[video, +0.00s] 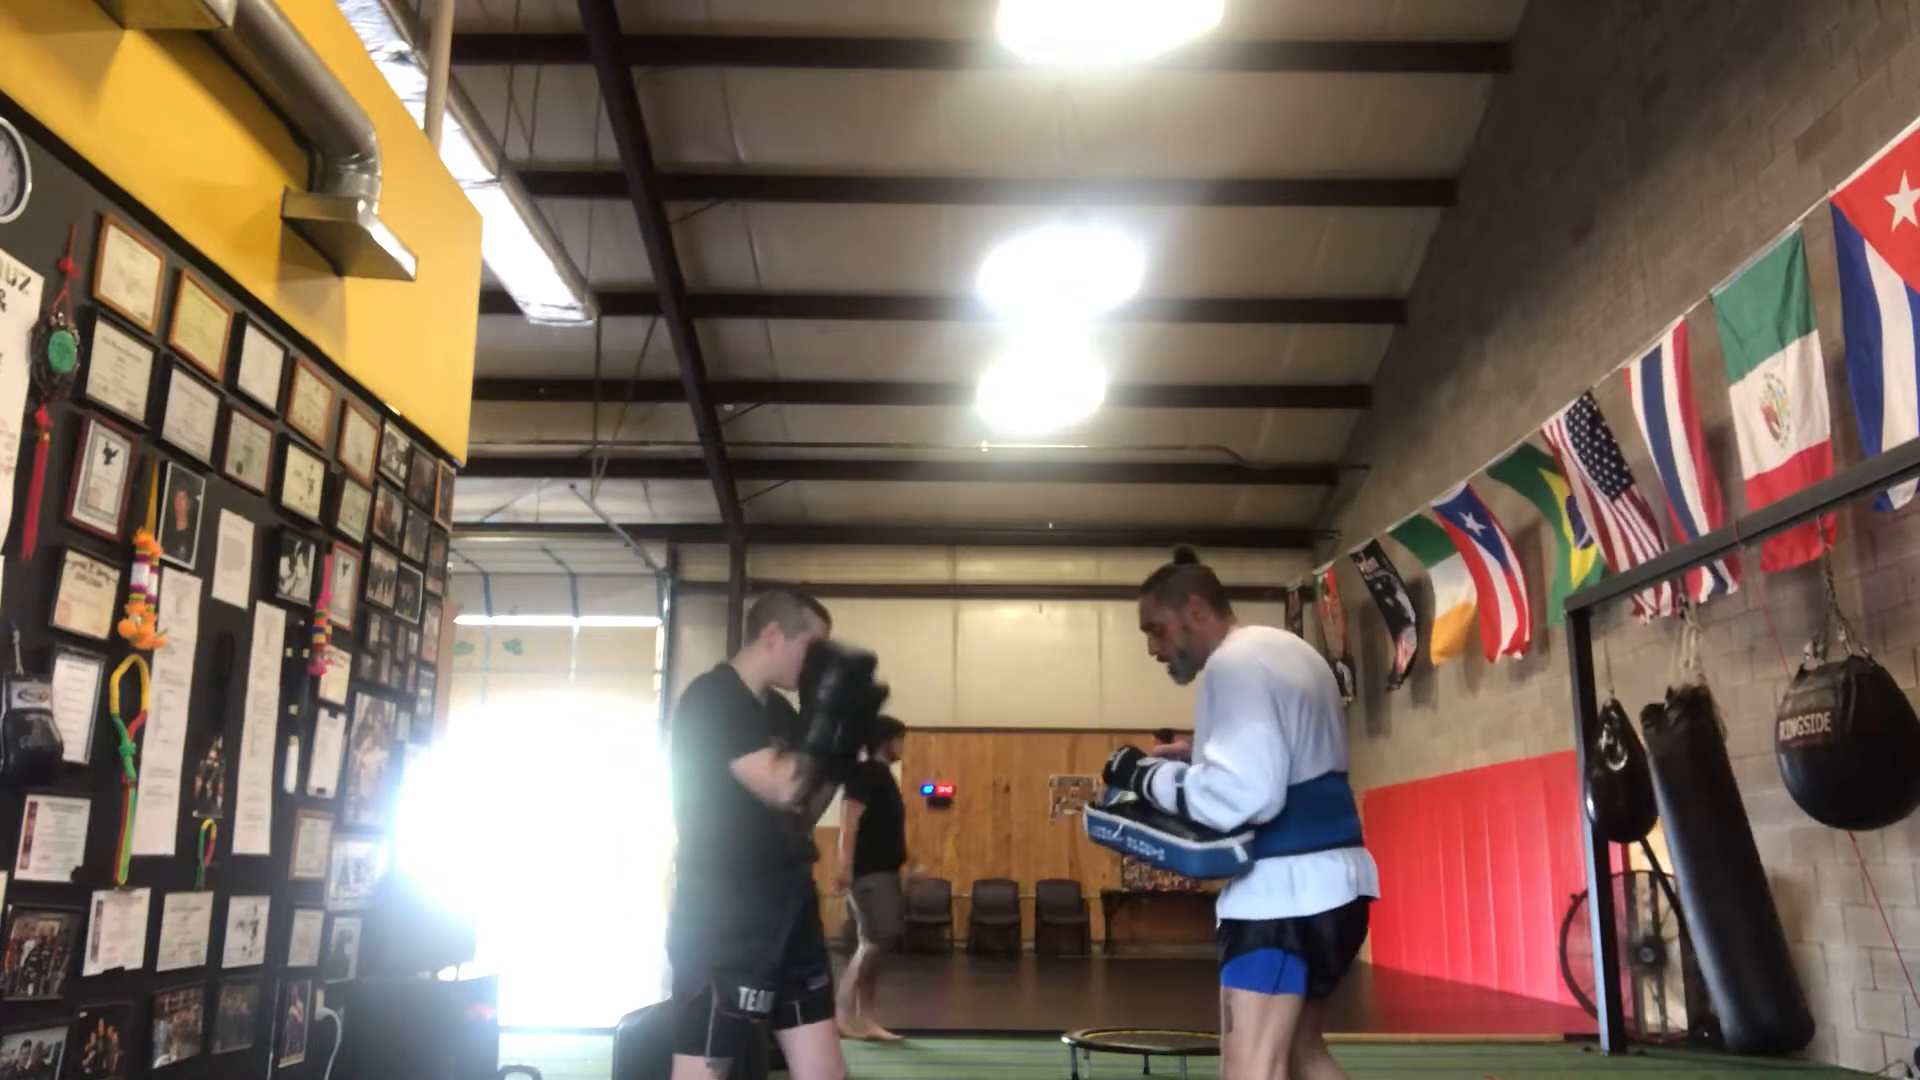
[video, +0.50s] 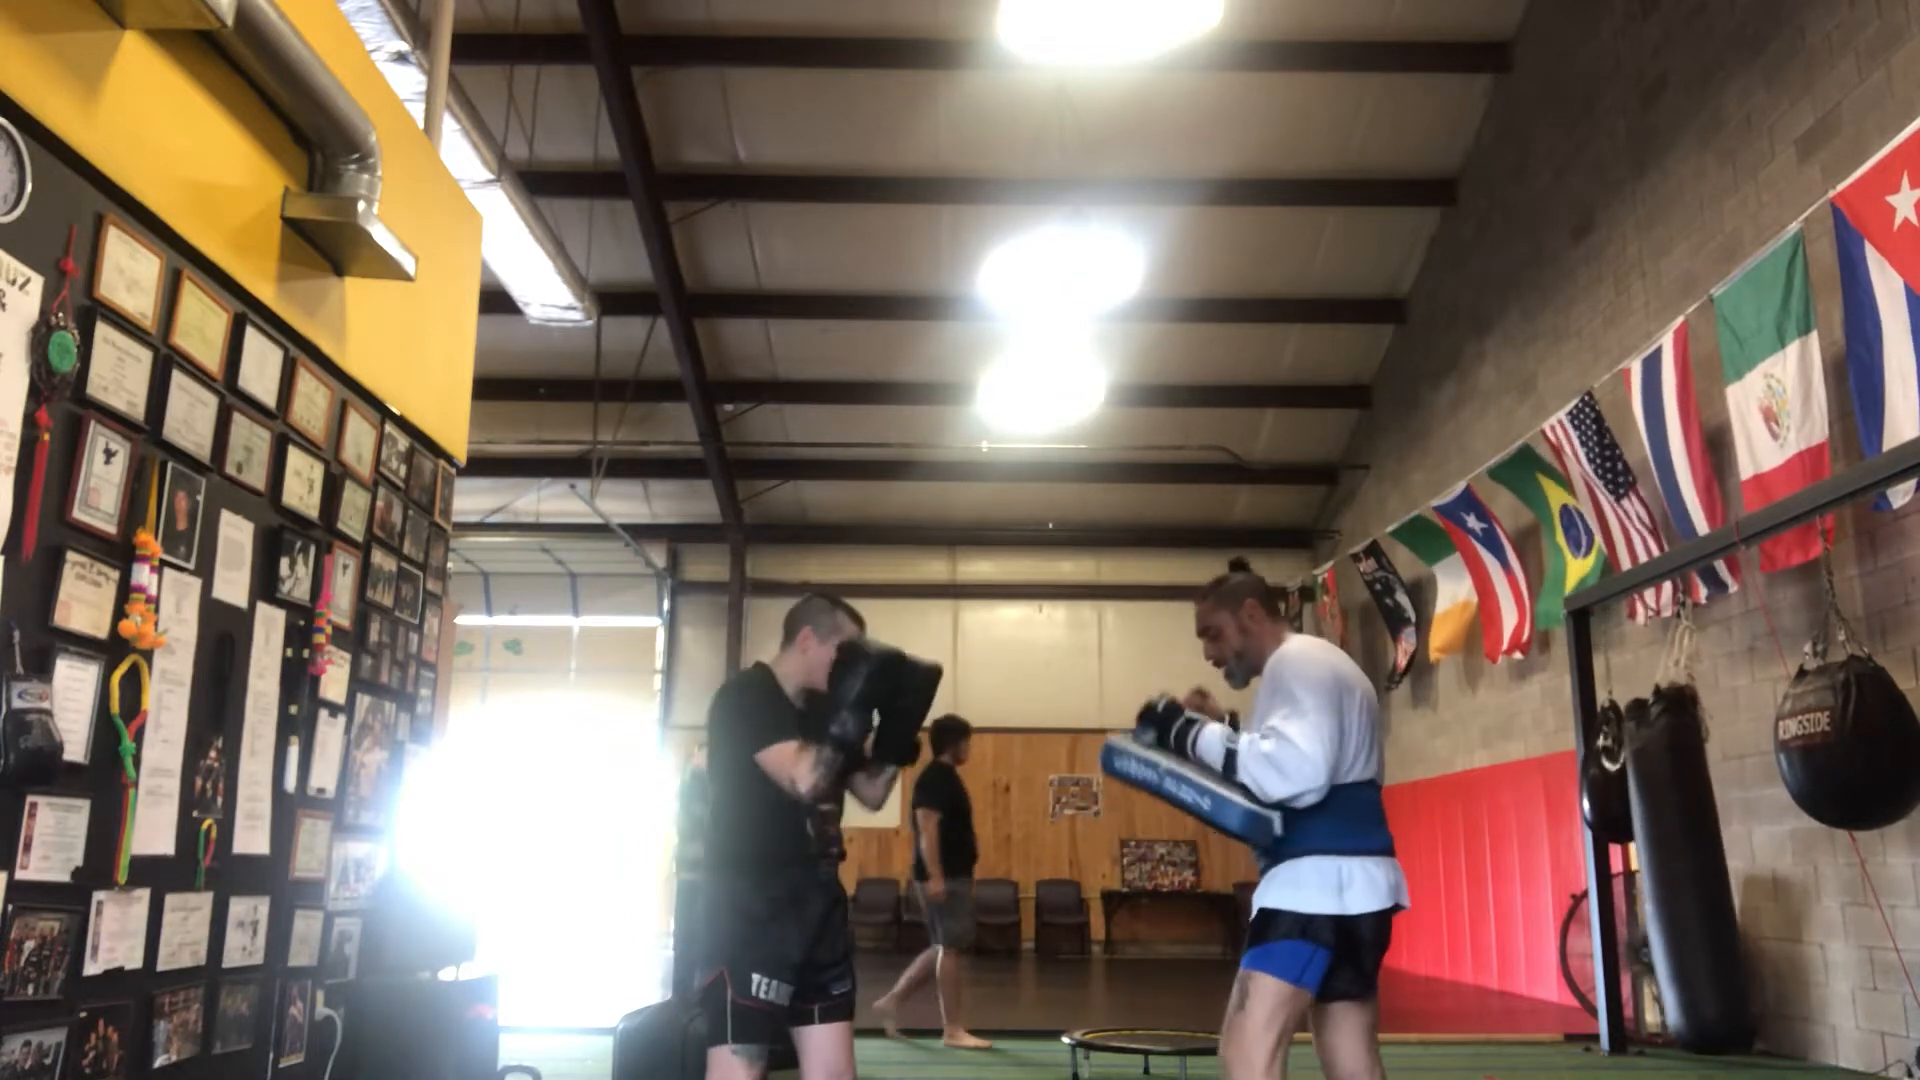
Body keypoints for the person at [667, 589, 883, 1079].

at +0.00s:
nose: (815, 663)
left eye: (819, 650)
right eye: (812, 647)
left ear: (774, 640)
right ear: (773, 636)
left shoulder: (780, 710)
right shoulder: (711, 698)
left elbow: (809, 807)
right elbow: (783, 786)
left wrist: (846, 733)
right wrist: (832, 714)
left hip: (790, 920)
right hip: (723, 923)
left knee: (822, 1069)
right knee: (699, 1071)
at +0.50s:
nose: (847, 663)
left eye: (852, 652)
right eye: (843, 649)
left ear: (809, 643)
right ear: (807, 639)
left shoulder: (822, 709)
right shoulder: (743, 696)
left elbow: (872, 794)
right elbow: (805, 779)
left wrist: (901, 718)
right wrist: (852, 703)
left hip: (818, 914)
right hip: (751, 915)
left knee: (832, 1070)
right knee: (736, 1068)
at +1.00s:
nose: (820, 658)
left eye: (825, 646)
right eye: (814, 644)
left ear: (786, 640)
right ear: (783, 637)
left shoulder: (795, 703)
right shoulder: (726, 691)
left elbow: (849, 786)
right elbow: (812, 768)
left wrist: (874, 706)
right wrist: (837, 691)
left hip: (796, 918)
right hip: (731, 918)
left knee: (829, 1070)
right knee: (722, 1071)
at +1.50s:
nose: (823, 662)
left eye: (828, 651)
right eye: (816, 647)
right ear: (782, 636)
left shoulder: (812, 705)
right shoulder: (720, 691)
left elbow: (888, 770)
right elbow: (775, 779)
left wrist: (948, 728)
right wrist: (816, 702)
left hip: (797, 913)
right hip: (724, 915)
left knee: (824, 1070)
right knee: (715, 1070)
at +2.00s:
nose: (804, 659)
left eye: (810, 647)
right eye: (799, 645)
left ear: (767, 639)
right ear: (766, 635)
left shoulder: (778, 698)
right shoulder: (707, 685)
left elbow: (824, 787)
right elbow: (783, 773)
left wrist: (841, 701)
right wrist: (817, 692)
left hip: (772, 901)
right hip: (706, 905)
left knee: (838, 1057)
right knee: (701, 1070)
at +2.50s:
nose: (851, 650)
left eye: (855, 641)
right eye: (843, 639)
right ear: (811, 632)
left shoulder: (847, 695)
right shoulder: (753, 687)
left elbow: (940, 714)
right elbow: (816, 764)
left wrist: (968, 646)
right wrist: (850, 683)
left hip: (834, 898)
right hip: (759, 905)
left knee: (942, 1021)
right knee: (731, 1070)